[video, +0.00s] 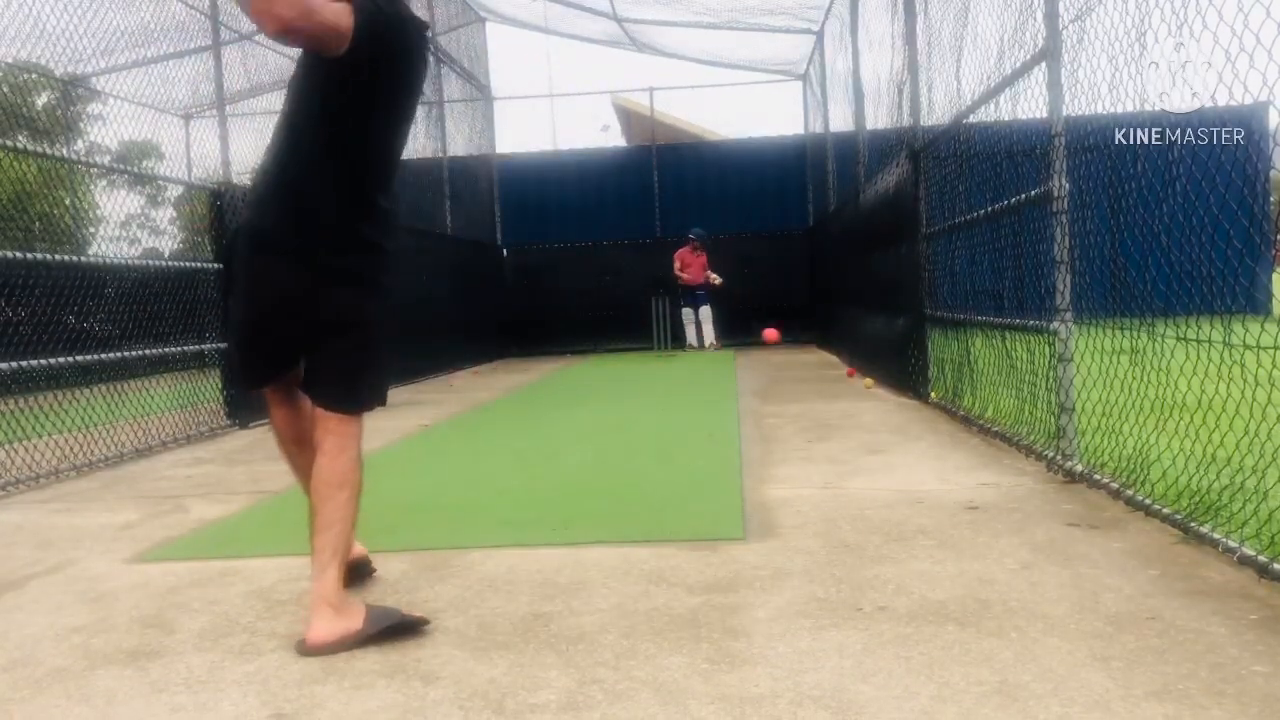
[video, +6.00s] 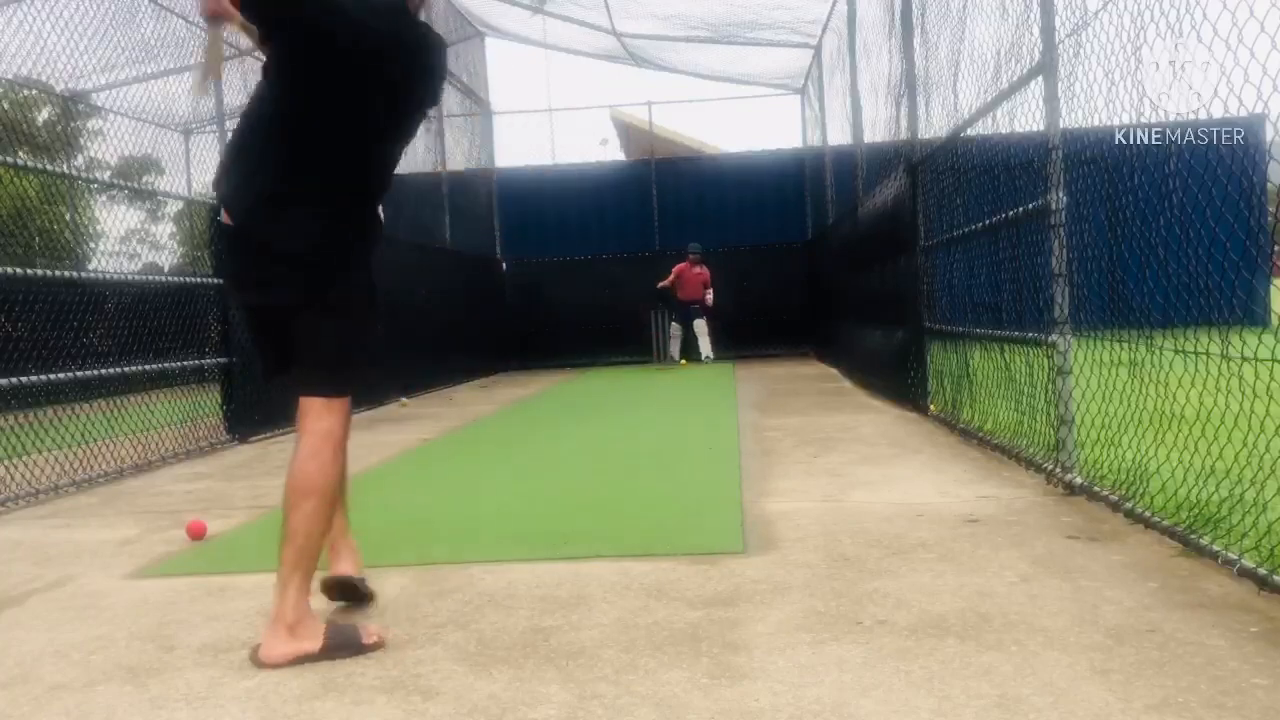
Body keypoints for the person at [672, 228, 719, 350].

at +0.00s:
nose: (695, 244)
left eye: (697, 241)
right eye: (694, 241)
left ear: (701, 242)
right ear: (691, 240)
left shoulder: (702, 254)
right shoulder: (680, 254)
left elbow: (706, 270)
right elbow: (676, 270)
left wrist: (712, 276)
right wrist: (684, 276)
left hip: (701, 286)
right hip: (686, 287)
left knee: (705, 314)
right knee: (688, 315)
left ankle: (709, 342)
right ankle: (691, 343)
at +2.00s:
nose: (735, 267)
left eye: (736, 265)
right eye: (734, 264)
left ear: (735, 264)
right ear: (729, 262)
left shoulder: (730, 269)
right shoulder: (720, 271)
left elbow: (728, 280)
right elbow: (721, 286)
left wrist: (729, 286)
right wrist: (727, 288)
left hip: (715, 291)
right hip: (704, 291)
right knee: (701, 314)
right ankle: (695, 335)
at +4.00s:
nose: (717, 251)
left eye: (719, 249)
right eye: (715, 248)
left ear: (723, 251)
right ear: (712, 249)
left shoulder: (722, 263)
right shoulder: (703, 260)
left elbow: (724, 280)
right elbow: (696, 277)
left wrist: (729, 293)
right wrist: (704, 289)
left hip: (711, 292)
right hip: (696, 291)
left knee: (711, 314)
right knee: (688, 315)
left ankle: (714, 345)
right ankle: (686, 343)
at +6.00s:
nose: (694, 257)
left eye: (697, 254)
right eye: (692, 254)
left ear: (700, 256)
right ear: (688, 255)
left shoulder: (704, 270)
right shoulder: (680, 268)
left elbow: (708, 288)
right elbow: (670, 280)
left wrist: (709, 297)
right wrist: (663, 284)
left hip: (697, 304)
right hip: (681, 303)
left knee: (701, 328)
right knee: (676, 330)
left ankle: (707, 356)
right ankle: (674, 357)